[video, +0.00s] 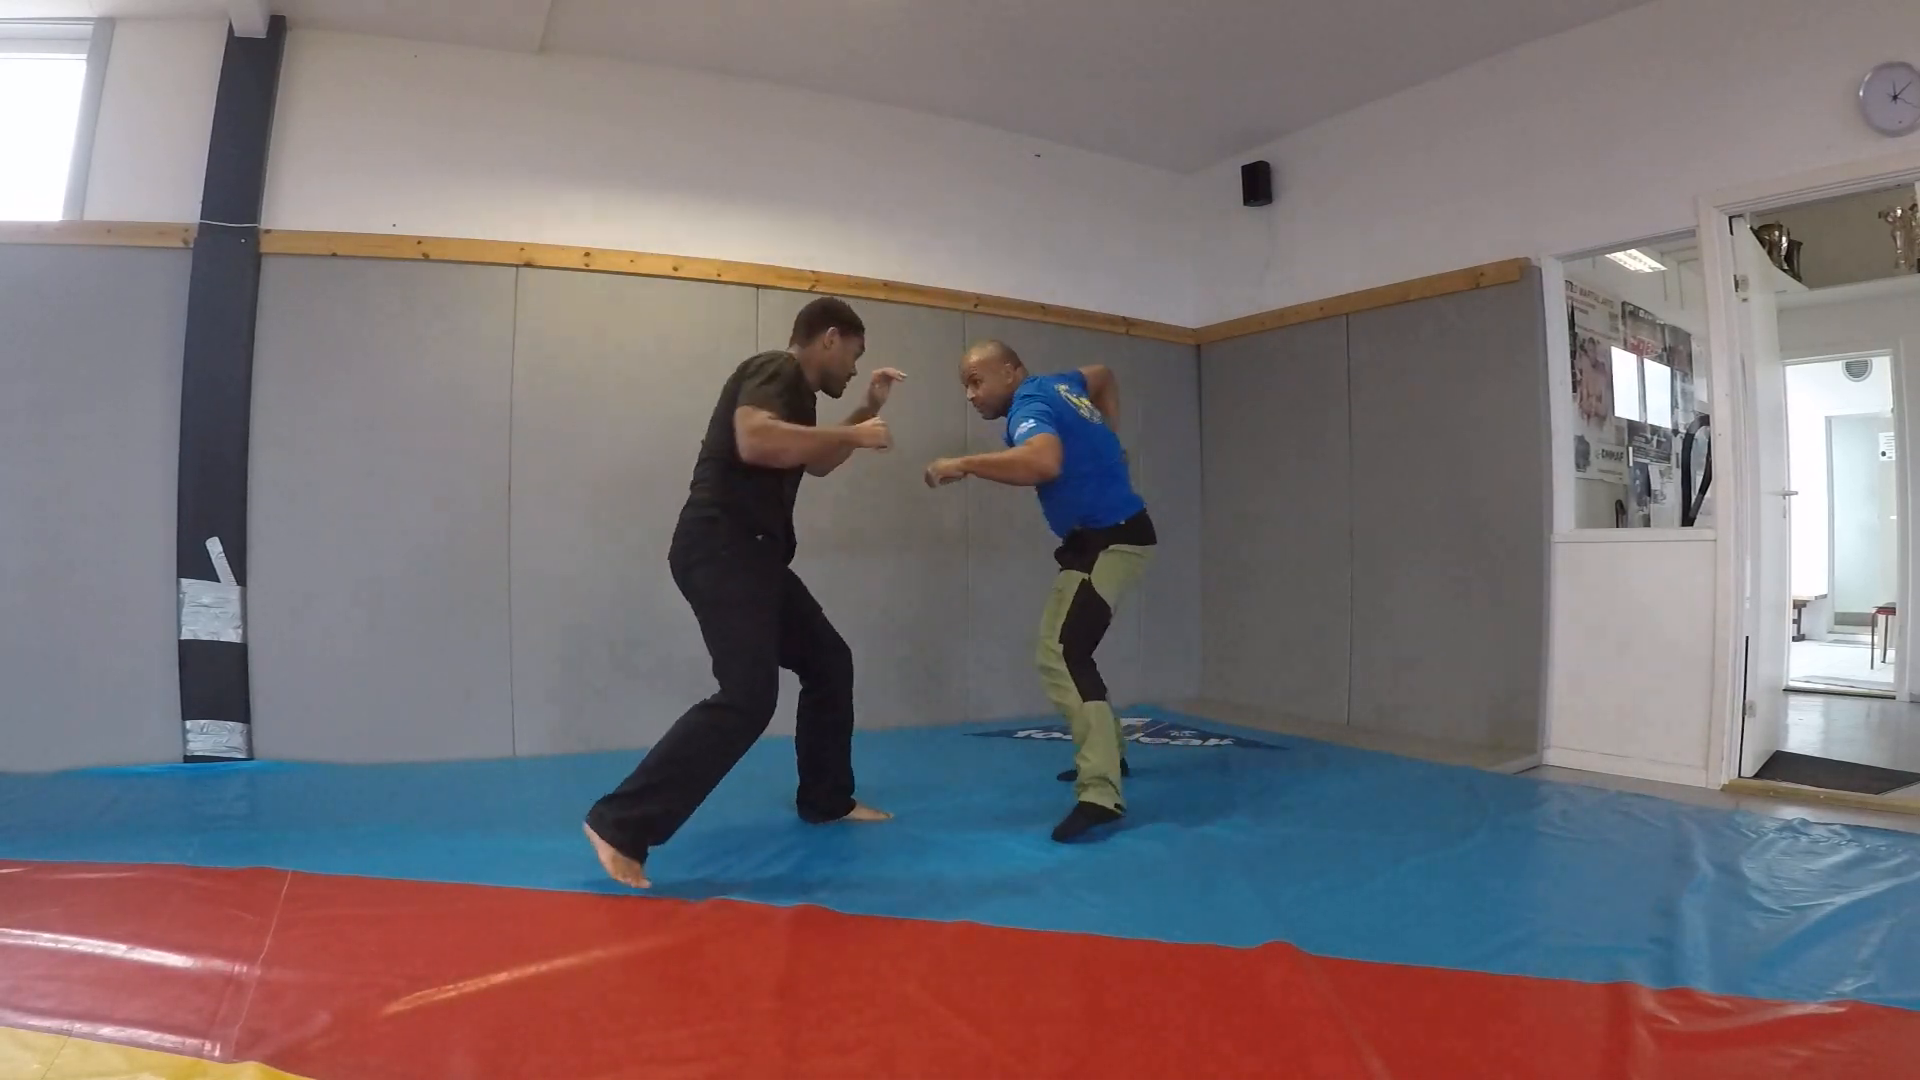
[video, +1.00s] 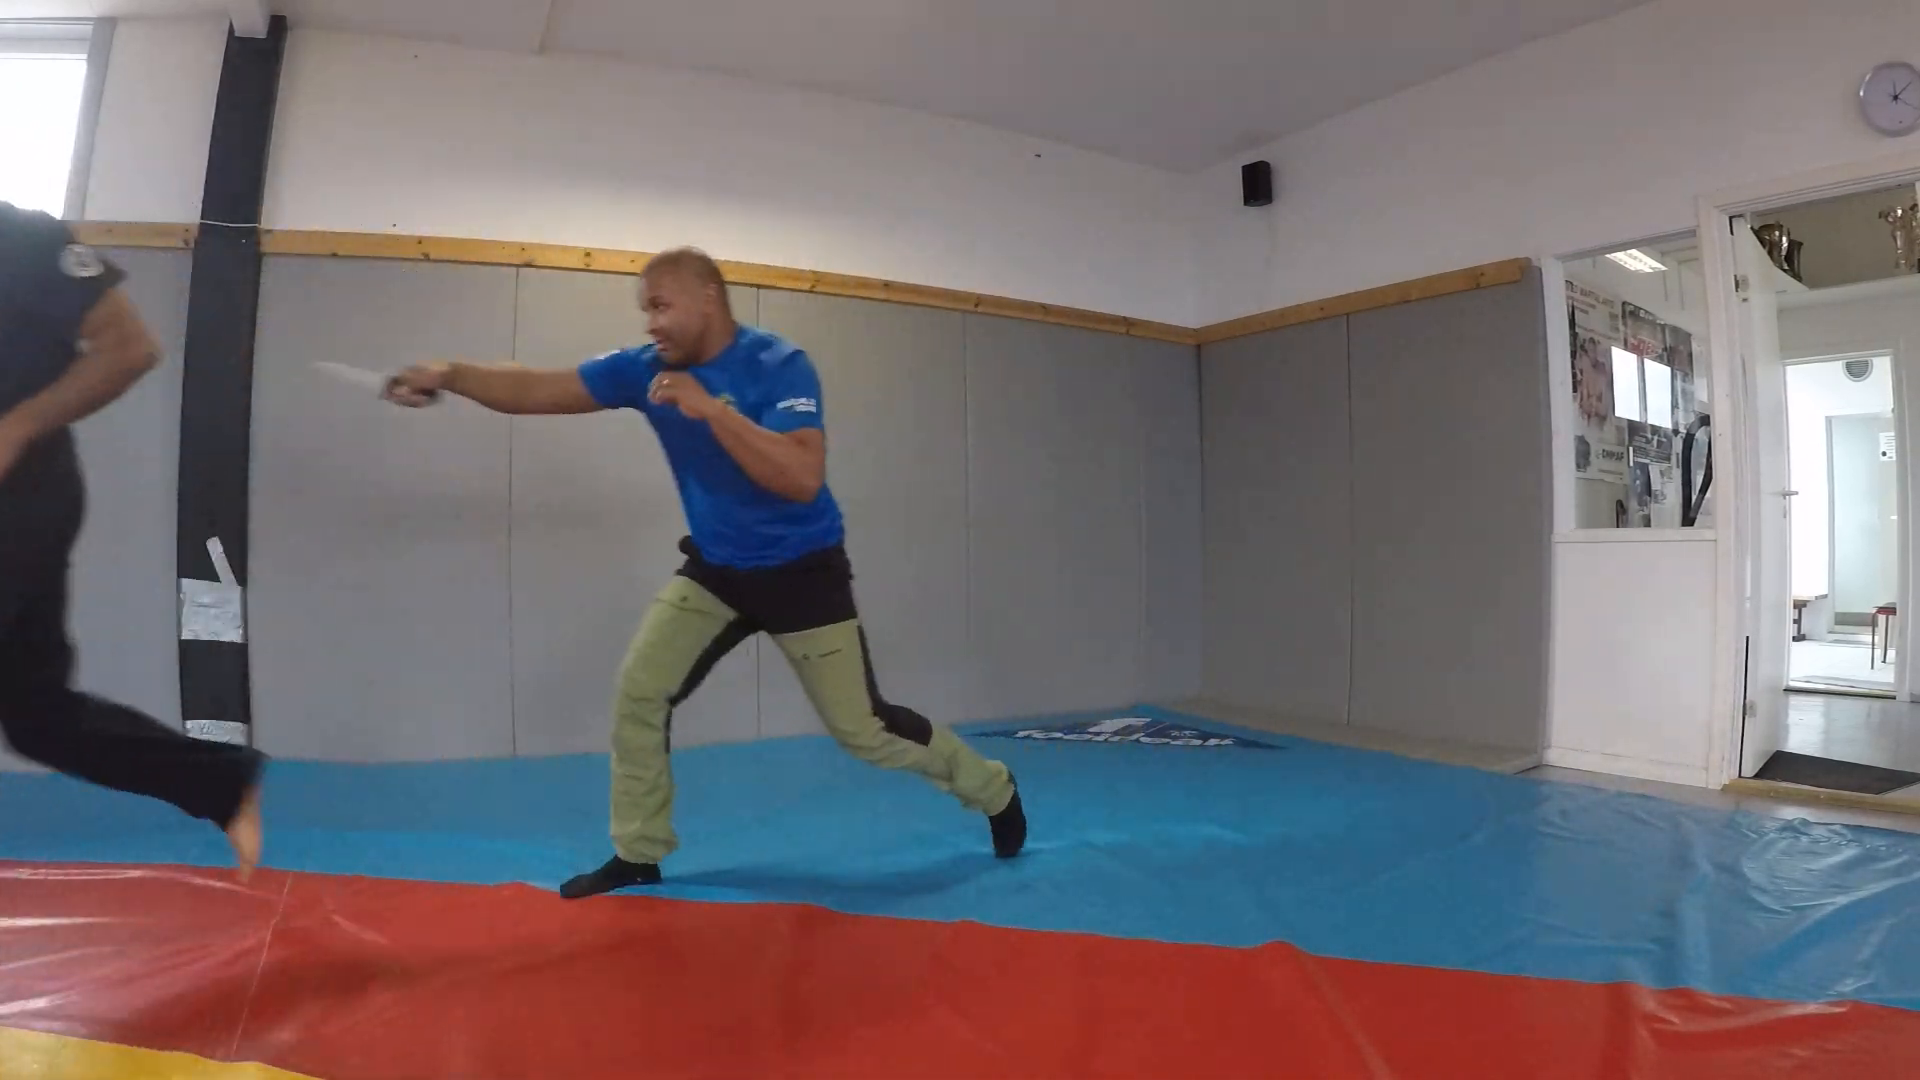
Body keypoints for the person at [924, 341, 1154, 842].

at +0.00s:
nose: (970, 393)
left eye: (976, 381)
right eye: (966, 384)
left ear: (1012, 372)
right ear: (1014, 372)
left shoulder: (1030, 403)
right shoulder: (1051, 384)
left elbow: (1042, 462)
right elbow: (1100, 375)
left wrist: (964, 464)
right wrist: (1108, 437)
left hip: (1109, 537)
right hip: (1107, 534)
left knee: (1062, 654)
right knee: (1062, 650)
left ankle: (1101, 793)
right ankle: (1105, 753)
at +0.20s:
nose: (970, 376)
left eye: (979, 363)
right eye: (966, 367)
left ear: (1014, 358)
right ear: (974, 370)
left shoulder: (1064, 402)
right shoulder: (993, 419)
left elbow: (1130, 463)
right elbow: (999, 477)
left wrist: (1065, 473)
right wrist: (960, 502)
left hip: (1098, 549)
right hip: (1053, 554)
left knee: (1039, 661)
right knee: (1065, 661)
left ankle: (1046, 805)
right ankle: (1109, 755)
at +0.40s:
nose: (955, 371)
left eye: (967, 358)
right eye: (951, 360)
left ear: (1007, 358)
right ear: (949, 363)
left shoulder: (1054, 404)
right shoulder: (939, 414)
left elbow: (1135, 441)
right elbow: (840, 440)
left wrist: (1132, 465)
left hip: (1072, 554)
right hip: (1015, 569)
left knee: (1019, 670)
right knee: (1044, 676)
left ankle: (1044, 819)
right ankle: (1102, 736)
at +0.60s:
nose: (911, 352)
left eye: (922, 339)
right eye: (906, 340)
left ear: (966, 338)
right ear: (903, 342)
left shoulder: (1023, 399)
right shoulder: (892, 397)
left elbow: (1078, 487)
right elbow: (832, 450)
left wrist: (1043, 499)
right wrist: (766, 479)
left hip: (1018, 558)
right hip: (950, 564)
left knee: (991, 695)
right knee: (927, 697)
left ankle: (1045, 817)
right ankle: (992, 732)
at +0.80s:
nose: (818, 339)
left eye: (829, 323)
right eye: (813, 326)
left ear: (877, 320)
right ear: (815, 328)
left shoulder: (935, 387)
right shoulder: (822, 383)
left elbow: (920, 487)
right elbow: (807, 442)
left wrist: (838, 411)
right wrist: (762, 458)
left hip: (929, 566)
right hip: (852, 560)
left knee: (950, 719)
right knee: (774, 666)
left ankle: (1038, 813)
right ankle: (748, 815)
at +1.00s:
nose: (648, 322)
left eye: (659, 307)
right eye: (645, 308)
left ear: (710, 302)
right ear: (663, 311)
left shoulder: (780, 368)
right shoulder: (652, 372)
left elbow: (801, 476)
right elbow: (543, 389)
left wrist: (709, 410)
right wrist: (449, 376)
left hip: (803, 573)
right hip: (714, 570)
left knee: (861, 728)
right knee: (640, 694)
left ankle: (995, 789)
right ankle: (638, 858)